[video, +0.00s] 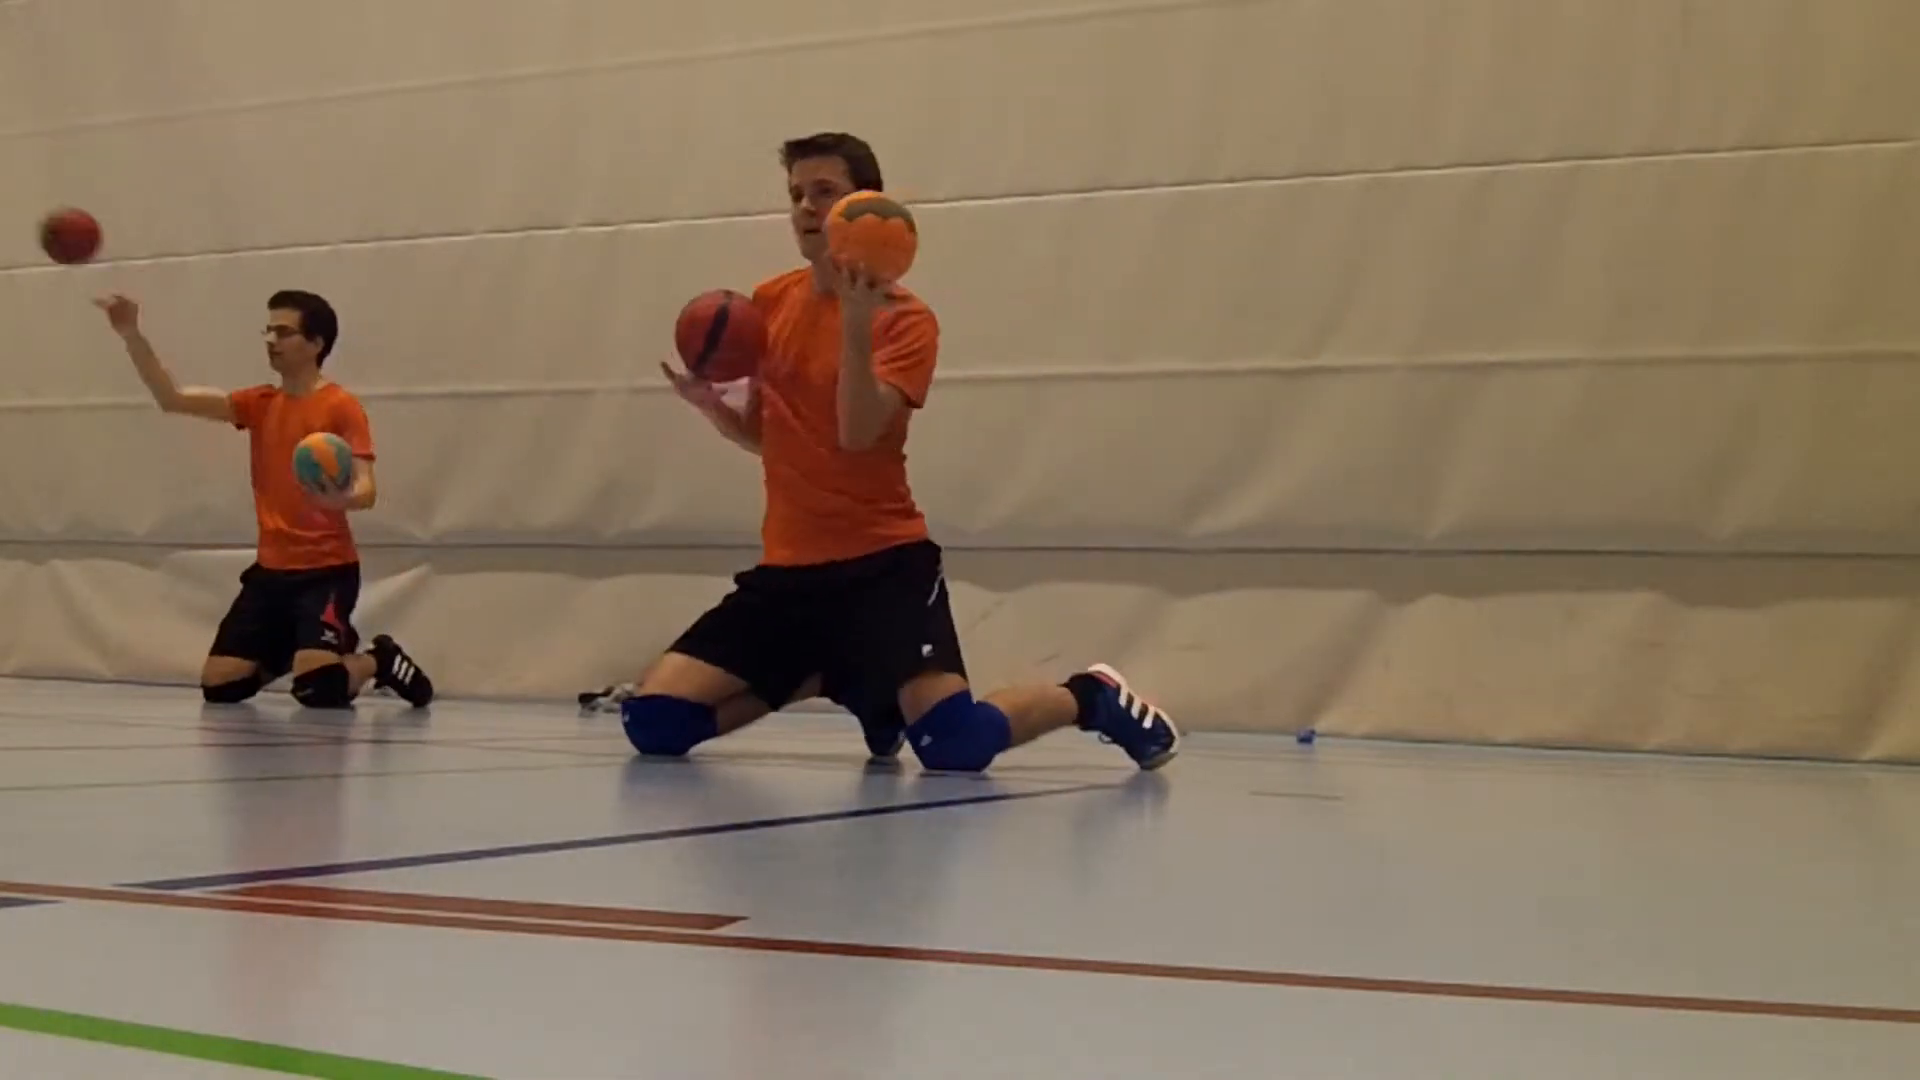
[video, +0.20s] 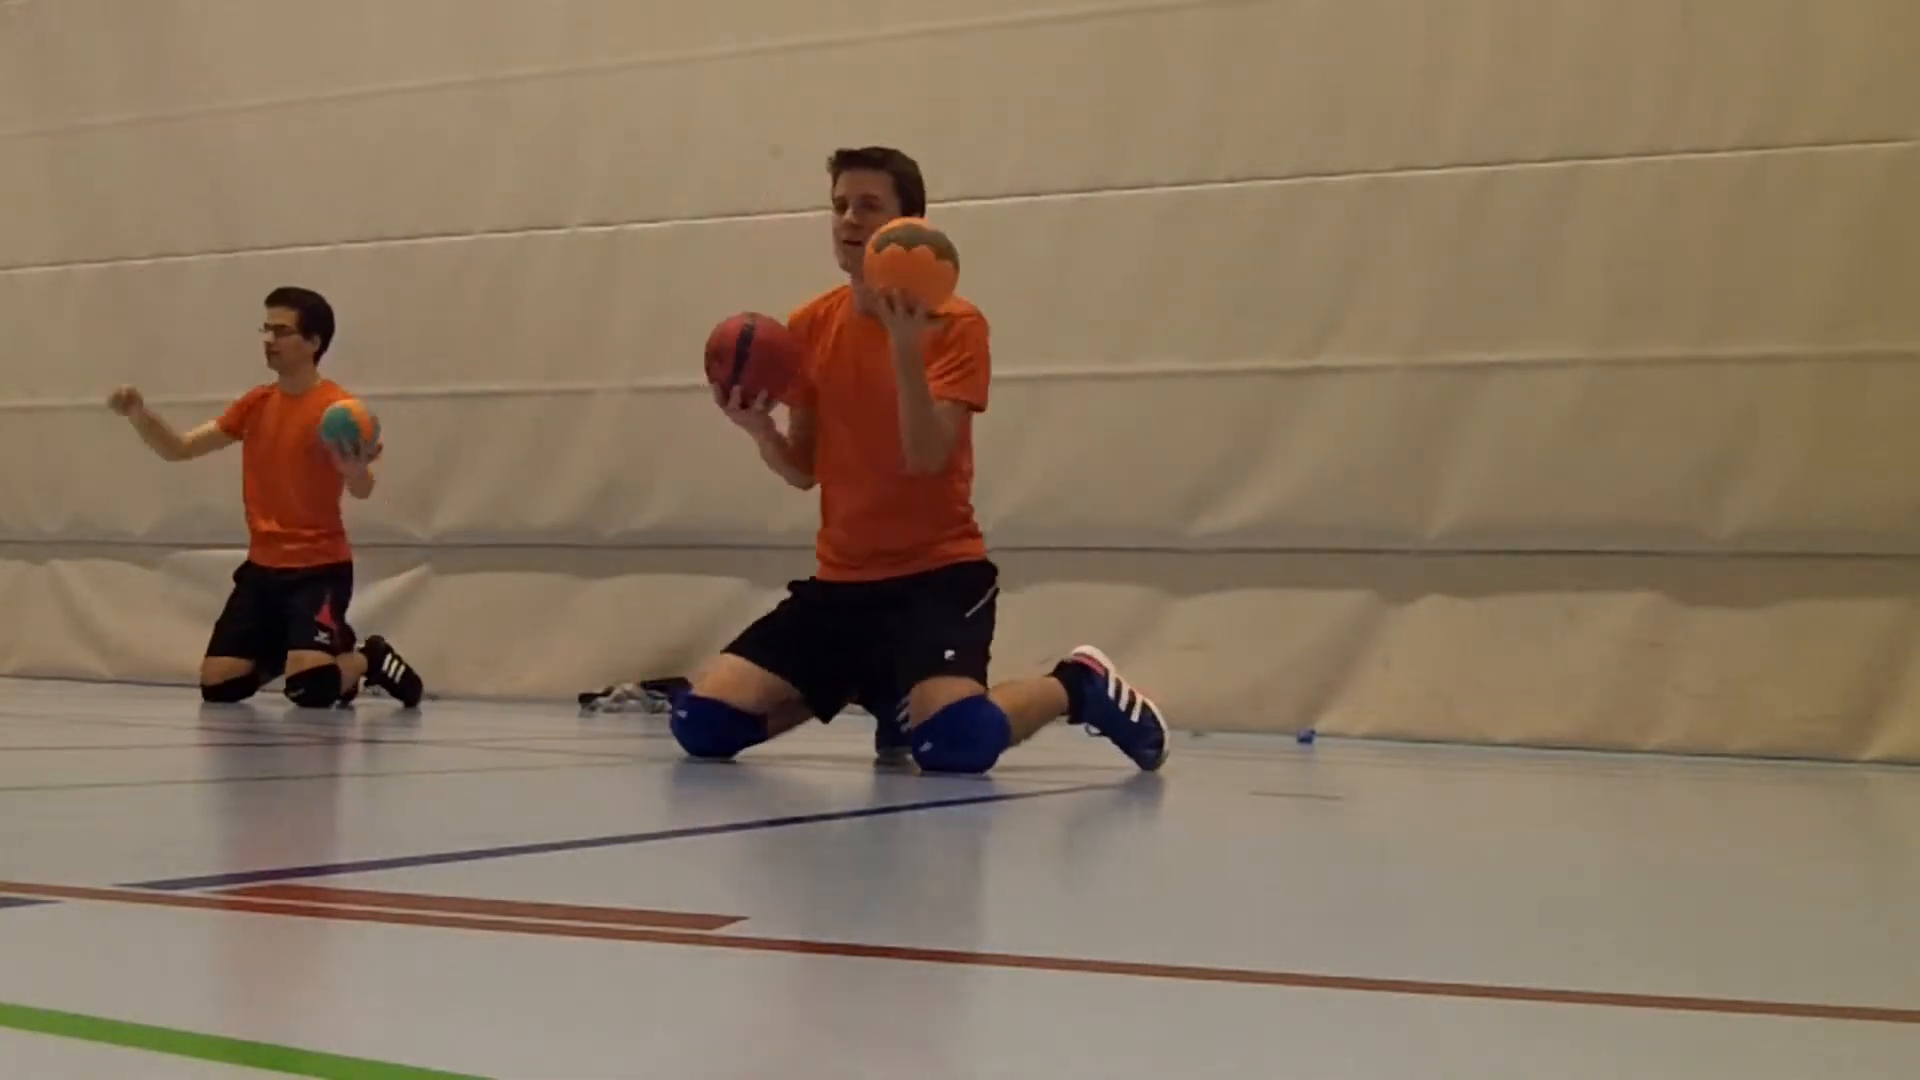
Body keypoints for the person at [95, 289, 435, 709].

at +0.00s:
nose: (269, 341)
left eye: (282, 332)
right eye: (268, 332)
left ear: (316, 343)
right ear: (270, 340)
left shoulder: (341, 406)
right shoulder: (260, 403)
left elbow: (366, 491)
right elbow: (172, 399)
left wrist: (341, 498)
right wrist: (131, 335)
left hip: (326, 571)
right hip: (270, 572)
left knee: (316, 689)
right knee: (220, 687)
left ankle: (381, 662)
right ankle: (318, 648)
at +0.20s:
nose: (268, 341)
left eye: (281, 332)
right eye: (266, 331)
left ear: (314, 343)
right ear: (263, 335)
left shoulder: (339, 410)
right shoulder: (258, 403)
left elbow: (362, 490)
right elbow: (180, 448)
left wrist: (354, 470)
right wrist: (140, 416)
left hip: (319, 570)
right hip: (261, 570)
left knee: (308, 689)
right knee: (219, 686)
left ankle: (371, 660)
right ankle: (319, 654)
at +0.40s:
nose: (270, 350)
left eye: (282, 341)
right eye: (269, 339)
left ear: (317, 351)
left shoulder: (343, 412)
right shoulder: (270, 416)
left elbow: (381, 488)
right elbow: (245, 507)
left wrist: (402, 475)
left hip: (329, 576)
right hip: (271, 575)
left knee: (320, 690)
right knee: (213, 685)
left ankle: (372, 659)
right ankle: (311, 649)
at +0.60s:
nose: (268, 359)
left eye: (280, 349)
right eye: (267, 348)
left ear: (315, 357)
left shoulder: (349, 419)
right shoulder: (273, 423)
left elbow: (390, 494)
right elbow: (268, 512)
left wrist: (429, 495)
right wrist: (229, 589)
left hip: (338, 581)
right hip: (281, 581)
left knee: (322, 691)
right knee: (211, 685)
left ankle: (377, 657)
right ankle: (314, 651)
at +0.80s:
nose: (259, 364)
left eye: (269, 353)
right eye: (257, 354)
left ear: (305, 361)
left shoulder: (346, 423)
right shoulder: (269, 429)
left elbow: (389, 495)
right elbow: (267, 521)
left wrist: (437, 506)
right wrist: (232, 592)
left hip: (340, 583)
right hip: (283, 584)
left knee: (322, 692)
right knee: (208, 685)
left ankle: (375, 659)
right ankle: (314, 650)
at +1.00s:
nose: (249, 370)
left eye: (260, 359)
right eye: (247, 360)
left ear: (296, 365)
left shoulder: (337, 426)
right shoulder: (263, 436)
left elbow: (378, 495)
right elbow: (262, 530)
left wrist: (422, 510)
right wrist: (221, 598)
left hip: (337, 585)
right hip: (282, 588)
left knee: (311, 688)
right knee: (211, 684)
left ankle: (373, 660)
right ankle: (308, 652)